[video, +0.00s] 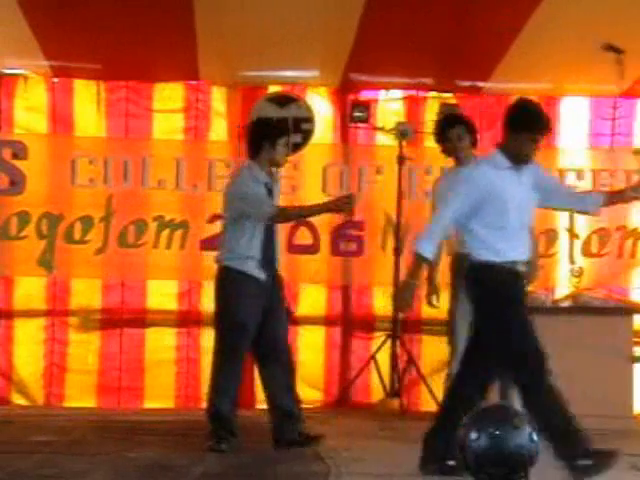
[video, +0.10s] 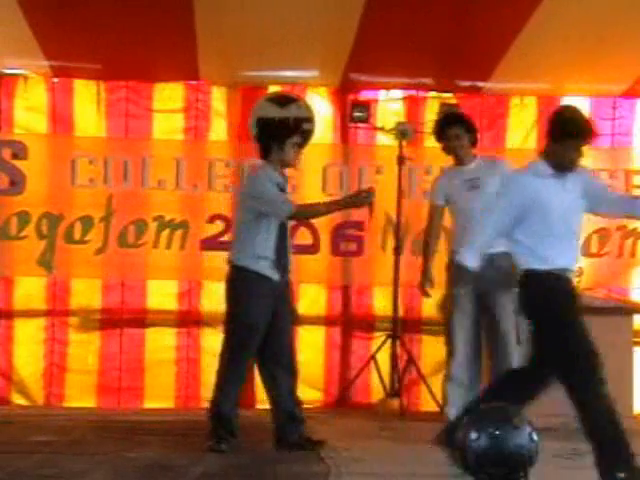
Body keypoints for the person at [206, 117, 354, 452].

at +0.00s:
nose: (288, 155)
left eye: (290, 148)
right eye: (284, 147)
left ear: (278, 148)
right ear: (265, 145)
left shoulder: (270, 182)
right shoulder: (244, 182)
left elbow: (261, 236)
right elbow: (274, 216)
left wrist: (274, 279)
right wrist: (327, 207)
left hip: (264, 279)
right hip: (238, 277)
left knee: (275, 354)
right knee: (231, 353)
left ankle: (287, 428)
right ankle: (222, 429)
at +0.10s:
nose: (298, 155)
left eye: (300, 148)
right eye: (294, 147)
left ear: (286, 148)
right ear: (276, 145)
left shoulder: (276, 181)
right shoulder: (258, 179)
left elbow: (271, 242)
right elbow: (294, 213)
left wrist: (283, 286)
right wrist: (346, 203)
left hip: (273, 279)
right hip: (250, 277)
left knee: (278, 358)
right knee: (239, 355)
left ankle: (289, 431)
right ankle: (222, 428)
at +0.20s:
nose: (306, 152)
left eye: (306, 145)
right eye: (301, 145)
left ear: (290, 147)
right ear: (282, 146)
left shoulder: (285, 184)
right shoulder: (268, 181)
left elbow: (286, 252)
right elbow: (303, 211)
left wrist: (293, 297)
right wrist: (354, 200)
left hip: (280, 280)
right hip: (257, 276)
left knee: (283, 358)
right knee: (248, 355)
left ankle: (290, 430)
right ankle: (224, 428)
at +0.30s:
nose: (315, 150)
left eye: (315, 144)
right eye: (309, 144)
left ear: (299, 148)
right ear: (291, 146)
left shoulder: (290, 182)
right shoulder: (279, 180)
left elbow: (286, 242)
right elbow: (314, 210)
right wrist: (364, 199)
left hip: (288, 277)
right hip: (271, 275)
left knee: (290, 356)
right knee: (262, 352)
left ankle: (291, 431)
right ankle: (229, 427)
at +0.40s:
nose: (320, 151)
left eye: (319, 145)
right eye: (315, 145)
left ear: (304, 148)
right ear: (298, 146)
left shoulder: (295, 181)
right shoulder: (285, 178)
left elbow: (292, 248)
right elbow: (319, 208)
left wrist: (306, 298)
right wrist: (372, 198)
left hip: (292, 276)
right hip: (276, 272)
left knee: (294, 354)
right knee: (270, 350)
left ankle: (291, 431)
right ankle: (233, 423)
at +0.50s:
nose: (325, 151)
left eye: (325, 145)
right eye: (320, 145)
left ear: (311, 149)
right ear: (303, 146)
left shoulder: (300, 180)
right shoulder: (291, 177)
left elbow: (297, 247)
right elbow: (327, 205)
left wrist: (313, 292)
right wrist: (381, 197)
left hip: (295, 274)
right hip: (281, 271)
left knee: (297, 353)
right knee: (278, 350)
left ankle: (292, 431)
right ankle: (239, 426)